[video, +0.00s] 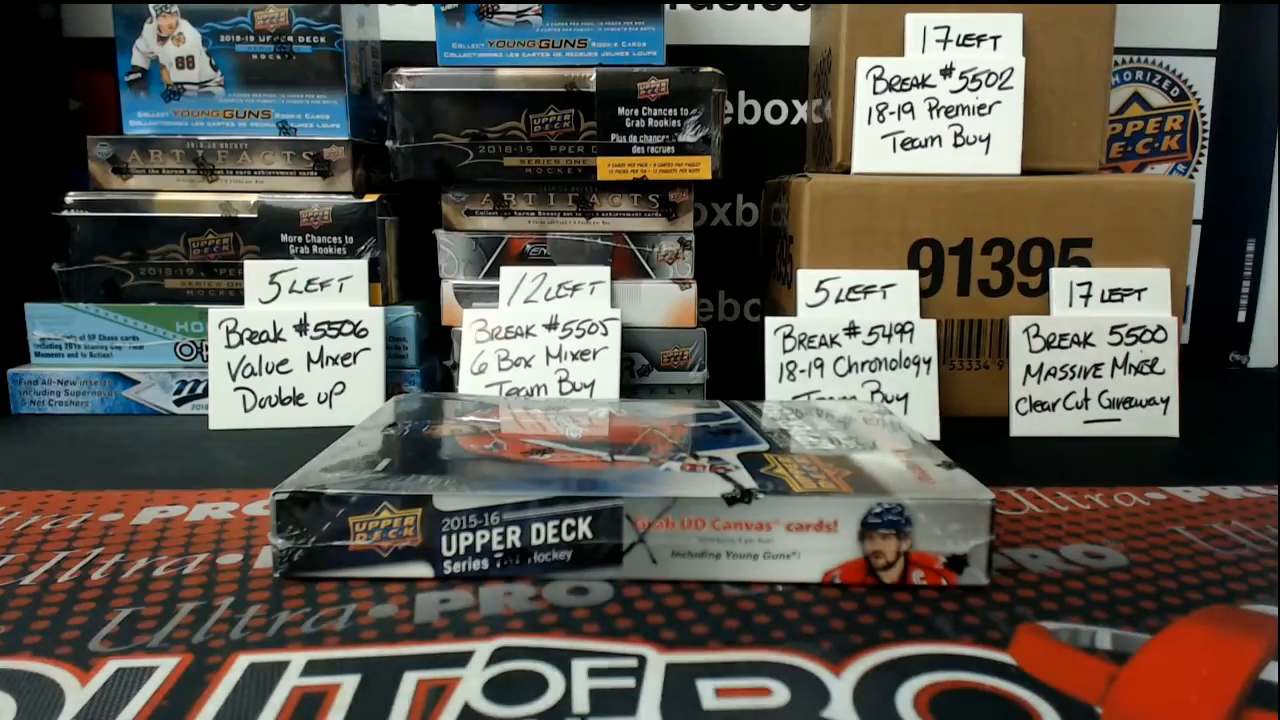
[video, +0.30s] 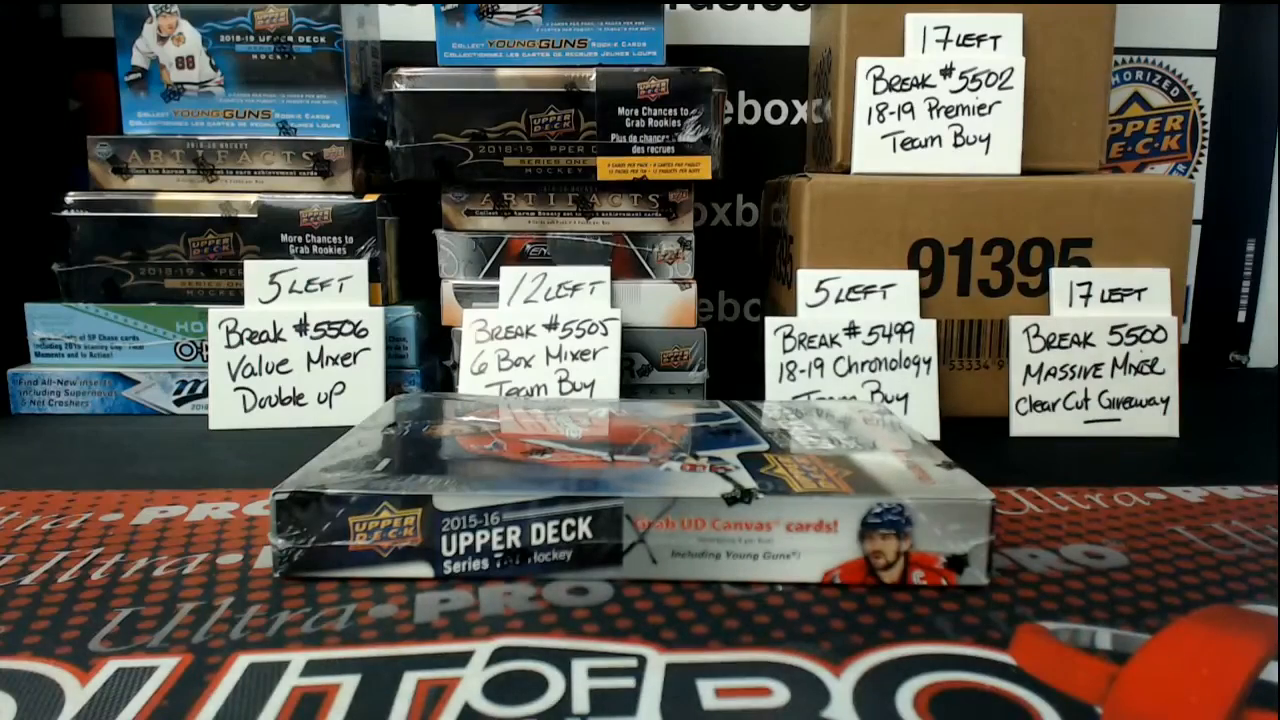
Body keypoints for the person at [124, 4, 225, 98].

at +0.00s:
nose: (169, 23)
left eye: (173, 17)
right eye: (164, 18)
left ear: (178, 18)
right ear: (156, 19)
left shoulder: (186, 35)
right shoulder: (150, 28)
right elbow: (141, 50)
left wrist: (178, 89)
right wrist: (137, 73)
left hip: (209, 84)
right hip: (181, 84)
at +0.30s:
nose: (169, 22)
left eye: (173, 17)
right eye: (164, 18)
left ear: (178, 18)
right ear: (156, 19)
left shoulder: (186, 35)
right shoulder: (150, 28)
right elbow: (141, 50)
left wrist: (178, 89)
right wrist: (137, 73)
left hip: (209, 84)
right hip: (182, 84)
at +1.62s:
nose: (170, 22)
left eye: (173, 17)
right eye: (164, 18)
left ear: (178, 17)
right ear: (156, 20)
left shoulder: (186, 36)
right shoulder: (150, 28)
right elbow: (142, 50)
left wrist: (179, 89)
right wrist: (137, 72)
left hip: (209, 84)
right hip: (181, 83)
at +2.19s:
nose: (170, 22)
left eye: (173, 17)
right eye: (164, 18)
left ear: (178, 17)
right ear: (156, 20)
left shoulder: (186, 35)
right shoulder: (150, 28)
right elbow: (141, 50)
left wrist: (179, 89)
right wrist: (137, 74)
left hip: (208, 84)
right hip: (181, 84)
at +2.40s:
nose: (170, 22)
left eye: (173, 17)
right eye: (164, 18)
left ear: (178, 17)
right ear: (156, 20)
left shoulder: (186, 35)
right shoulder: (150, 28)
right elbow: (141, 50)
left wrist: (179, 89)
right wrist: (137, 74)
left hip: (209, 84)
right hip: (181, 85)